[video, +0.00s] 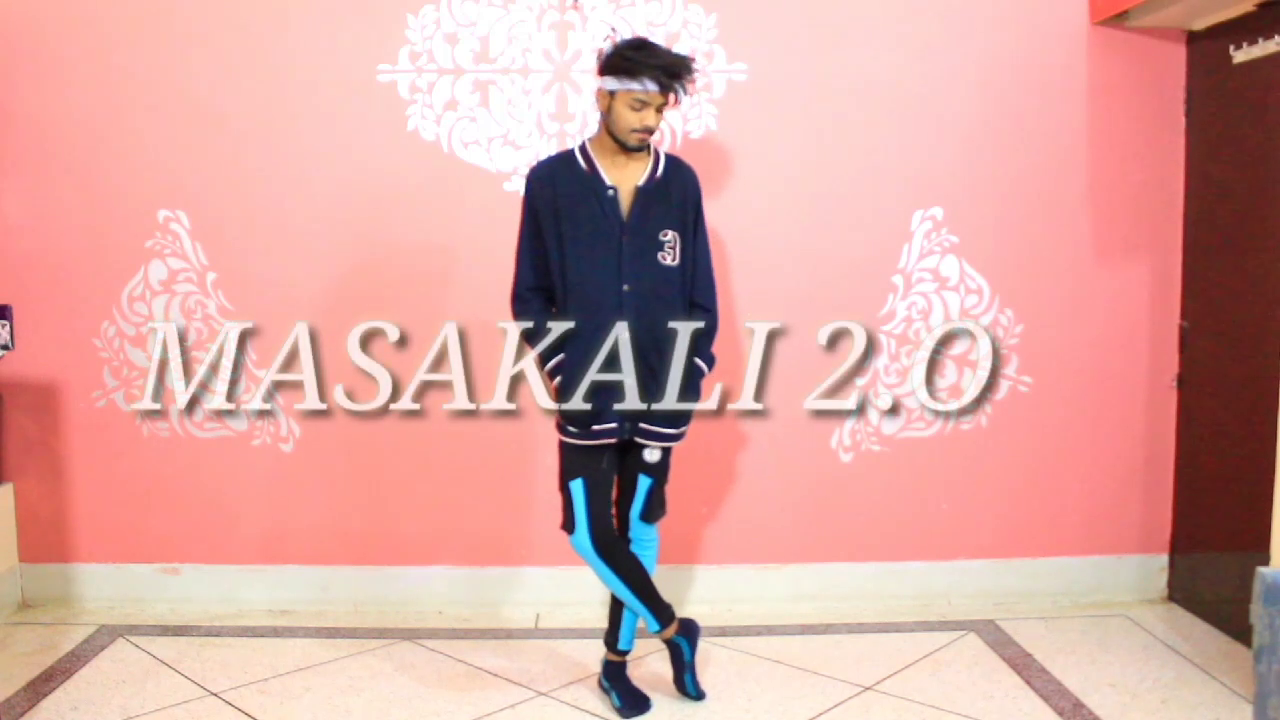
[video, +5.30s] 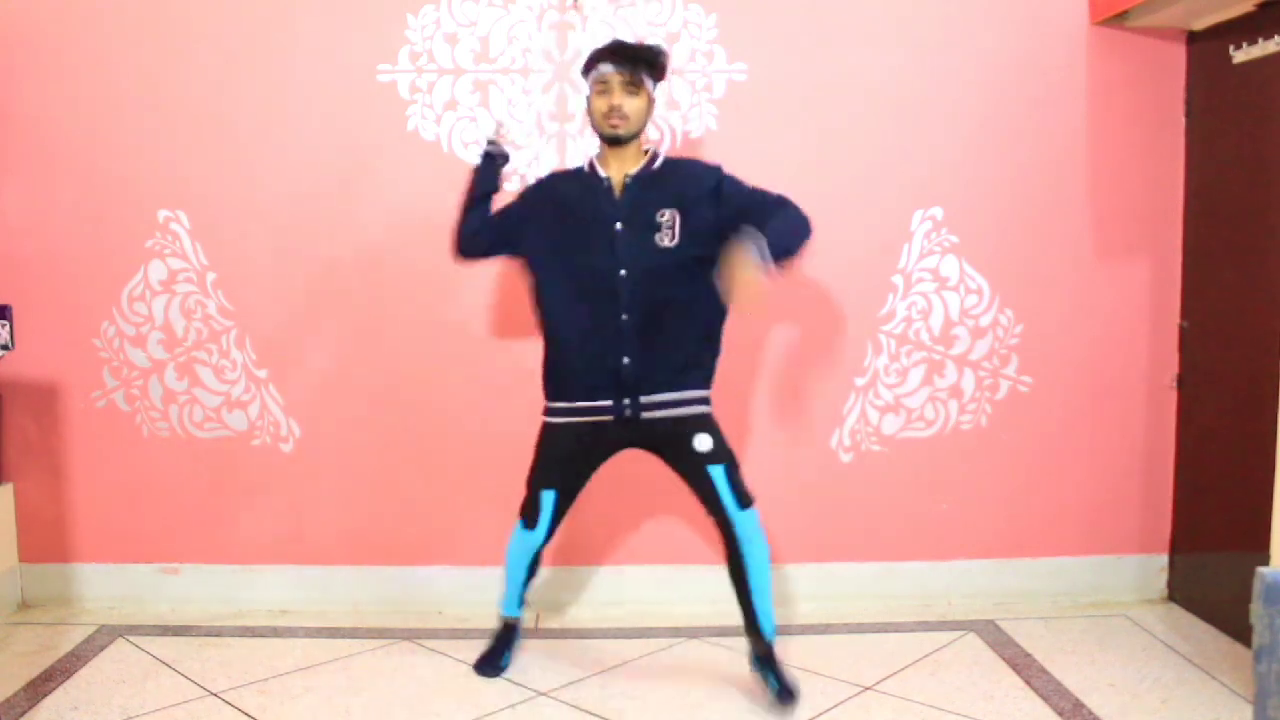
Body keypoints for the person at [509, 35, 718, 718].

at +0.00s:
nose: (649, 119)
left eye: (658, 106)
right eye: (637, 105)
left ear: (668, 106)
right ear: (603, 100)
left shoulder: (678, 179)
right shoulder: (553, 178)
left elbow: (700, 287)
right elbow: (529, 291)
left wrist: (698, 364)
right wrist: (557, 363)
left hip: (663, 384)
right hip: (587, 386)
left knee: (639, 525)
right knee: (589, 532)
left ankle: (616, 662)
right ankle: (674, 630)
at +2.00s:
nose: (652, 99)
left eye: (666, 89)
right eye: (639, 84)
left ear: (679, 101)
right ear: (616, 92)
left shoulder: (687, 194)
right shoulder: (564, 171)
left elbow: (696, 295)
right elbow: (526, 278)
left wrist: (701, 352)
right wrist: (556, 343)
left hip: (664, 381)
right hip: (590, 378)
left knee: (639, 523)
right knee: (597, 527)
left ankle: (616, 662)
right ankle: (675, 630)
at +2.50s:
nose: (624, 85)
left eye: (637, 73)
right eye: (610, 74)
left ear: (657, 85)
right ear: (593, 88)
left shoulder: (687, 180)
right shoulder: (557, 177)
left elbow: (722, 281)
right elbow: (525, 283)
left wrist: (761, 376)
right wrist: (486, 374)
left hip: (659, 383)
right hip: (582, 379)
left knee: (638, 525)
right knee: (587, 524)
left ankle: (618, 664)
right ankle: (593, 682)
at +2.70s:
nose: (612, 79)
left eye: (626, 69)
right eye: (598, 71)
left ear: (647, 85)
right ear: (582, 89)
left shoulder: (681, 174)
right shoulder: (554, 180)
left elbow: (700, 280)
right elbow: (540, 290)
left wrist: (688, 370)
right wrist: (545, 386)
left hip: (653, 383)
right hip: (576, 380)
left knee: (638, 525)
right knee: (555, 522)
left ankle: (617, 662)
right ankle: (558, 664)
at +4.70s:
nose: (595, 61)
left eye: (609, 50)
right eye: (580, 50)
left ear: (630, 66)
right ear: (560, 69)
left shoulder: (665, 165)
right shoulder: (522, 167)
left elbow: (716, 263)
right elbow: (489, 265)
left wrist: (702, 304)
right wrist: (473, 320)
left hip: (652, 382)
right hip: (563, 385)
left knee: (693, 525)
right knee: (568, 539)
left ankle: (630, 643)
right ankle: (579, 695)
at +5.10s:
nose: (627, 110)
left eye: (641, 97)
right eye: (613, 98)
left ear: (663, 110)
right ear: (597, 114)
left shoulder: (701, 200)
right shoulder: (567, 205)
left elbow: (762, 284)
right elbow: (495, 288)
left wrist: (738, 328)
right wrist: (526, 252)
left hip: (665, 412)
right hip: (574, 407)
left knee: (708, 548)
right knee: (535, 538)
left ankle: (738, 685)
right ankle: (519, 701)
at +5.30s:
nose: (614, 101)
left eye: (629, 89)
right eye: (601, 89)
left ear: (651, 101)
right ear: (586, 103)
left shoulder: (696, 186)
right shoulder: (553, 196)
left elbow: (789, 218)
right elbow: (471, 242)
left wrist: (754, 247)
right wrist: (484, 178)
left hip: (676, 403)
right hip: (579, 407)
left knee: (740, 517)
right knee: (534, 524)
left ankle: (765, 653)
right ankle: (506, 632)